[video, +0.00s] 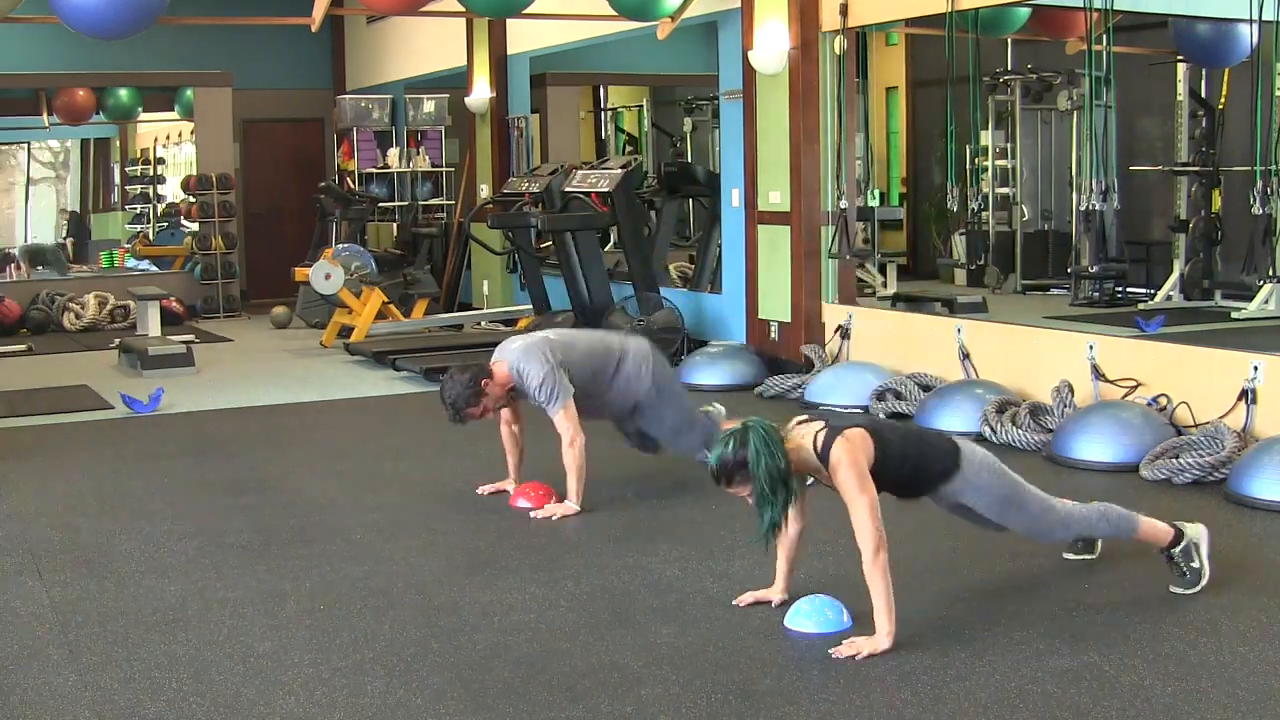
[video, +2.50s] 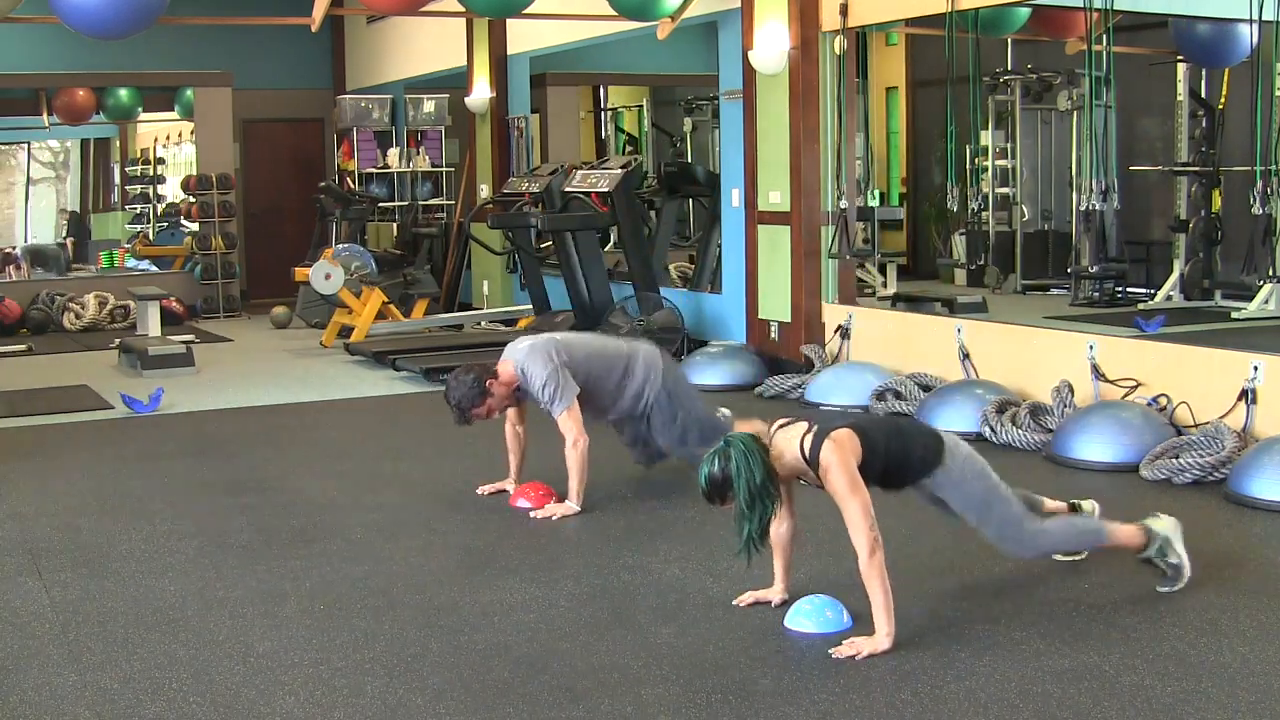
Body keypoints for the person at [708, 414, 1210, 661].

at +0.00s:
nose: (743, 500)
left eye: (742, 492)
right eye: (736, 493)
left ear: (760, 471)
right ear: (759, 454)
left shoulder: (842, 453)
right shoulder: (784, 446)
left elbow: (875, 550)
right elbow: (790, 519)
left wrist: (885, 634)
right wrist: (780, 588)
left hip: (960, 466)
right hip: (929, 475)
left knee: (1061, 519)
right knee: (1010, 514)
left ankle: (1177, 537)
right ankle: (1078, 531)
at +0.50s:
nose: (733, 509)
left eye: (731, 501)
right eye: (725, 504)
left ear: (749, 481)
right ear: (735, 456)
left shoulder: (832, 454)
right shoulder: (761, 440)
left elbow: (869, 546)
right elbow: (772, 513)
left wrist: (883, 634)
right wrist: (779, 585)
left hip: (916, 459)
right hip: (912, 426)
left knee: (835, 555)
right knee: (976, 497)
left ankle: (965, 561)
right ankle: (1068, 517)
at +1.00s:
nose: (740, 502)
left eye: (736, 495)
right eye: (732, 497)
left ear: (749, 473)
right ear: (743, 458)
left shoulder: (830, 452)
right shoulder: (769, 445)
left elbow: (866, 549)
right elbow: (780, 517)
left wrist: (883, 633)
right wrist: (779, 587)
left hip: (942, 451)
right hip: (918, 446)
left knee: (1042, 513)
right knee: (1012, 496)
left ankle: (1162, 532)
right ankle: (1077, 526)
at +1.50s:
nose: (735, 498)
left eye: (733, 489)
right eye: (727, 492)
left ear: (746, 471)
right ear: (747, 452)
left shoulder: (824, 452)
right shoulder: (774, 446)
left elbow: (862, 548)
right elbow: (784, 516)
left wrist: (882, 633)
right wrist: (779, 586)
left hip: (950, 437)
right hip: (899, 462)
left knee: (1045, 505)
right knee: (879, 556)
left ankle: (1161, 542)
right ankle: (948, 511)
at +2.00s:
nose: (739, 502)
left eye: (736, 493)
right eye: (730, 495)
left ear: (749, 475)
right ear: (744, 456)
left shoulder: (828, 454)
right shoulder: (778, 447)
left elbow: (865, 550)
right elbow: (788, 521)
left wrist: (883, 634)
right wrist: (779, 588)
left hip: (953, 439)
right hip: (899, 461)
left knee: (1047, 505)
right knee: (864, 541)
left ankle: (1164, 539)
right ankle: (929, 521)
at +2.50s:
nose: (740, 504)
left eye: (739, 497)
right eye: (732, 500)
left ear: (752, 474)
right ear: (747, 449)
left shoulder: (828, 454)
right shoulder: (766, 441)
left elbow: (869, 547)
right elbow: (780, 514)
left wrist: (882, 634)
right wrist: (780, 586)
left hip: (937, 458)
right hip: (909, 459)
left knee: (1024, 539)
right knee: (997, 505)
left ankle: (1151, 535)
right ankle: (1070, 509)